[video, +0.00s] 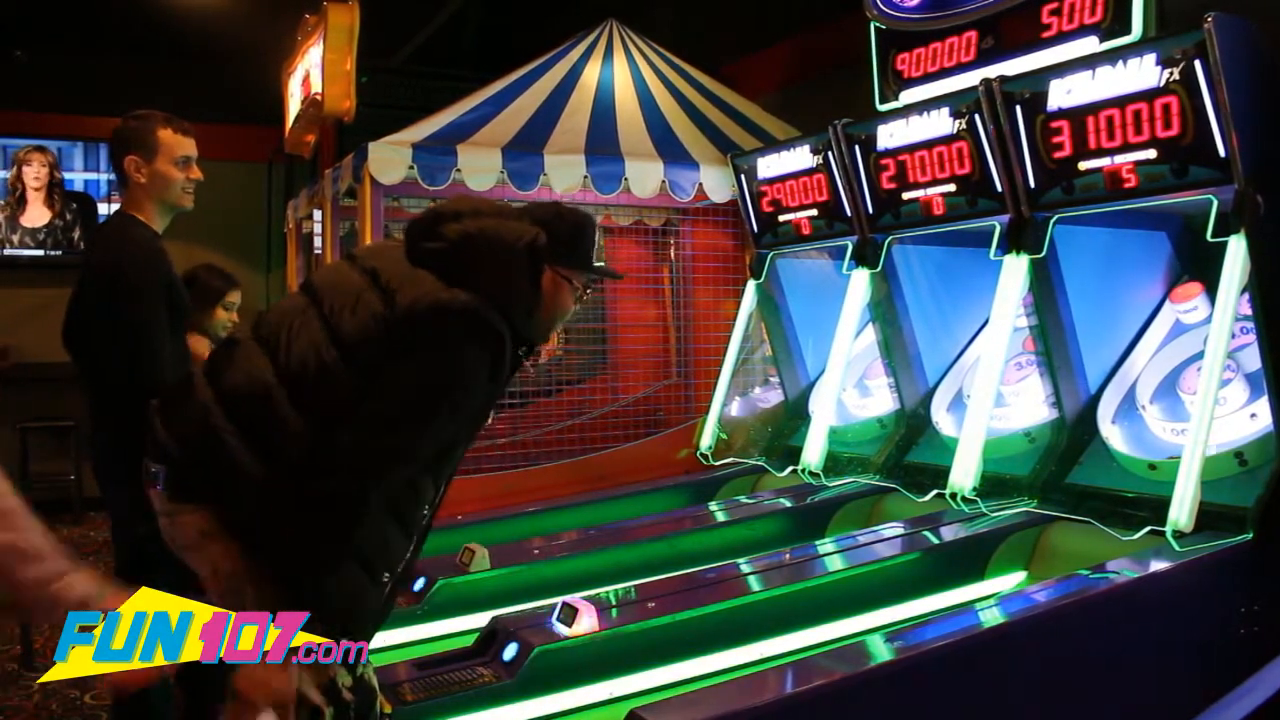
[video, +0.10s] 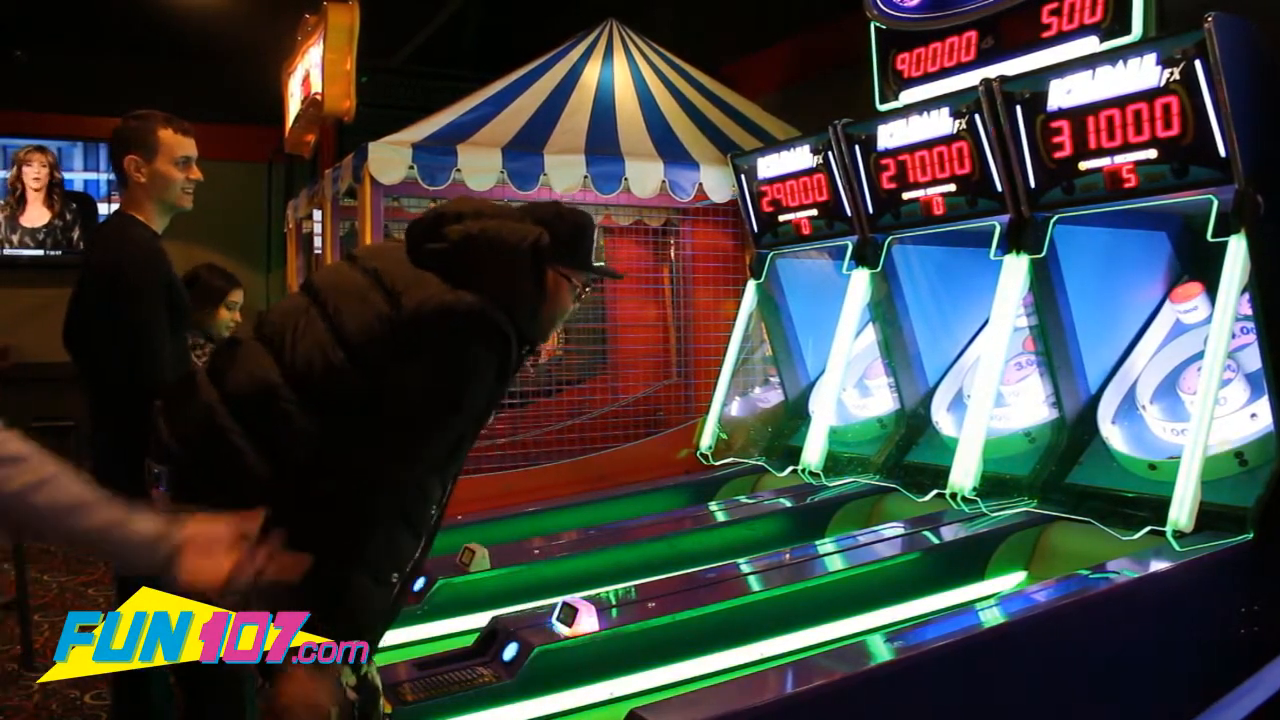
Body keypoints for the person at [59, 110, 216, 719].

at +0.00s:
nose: (196, 175)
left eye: (195, 163)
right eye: (183, 162)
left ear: (139, 171)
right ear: (136, 169)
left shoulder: (112, 240)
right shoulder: (138, 250)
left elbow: (77, 334)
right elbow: (163, 372)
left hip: (121, 448)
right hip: (146, 458)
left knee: (146, 583)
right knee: (168, 590)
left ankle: (144, 699)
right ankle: (167, 702)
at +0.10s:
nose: (196, 175)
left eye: (196, 163)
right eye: (184, 163)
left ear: (141, 171)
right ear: (138, 169)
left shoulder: (110, 240)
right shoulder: (138, 250)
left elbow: (77, 336)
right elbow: (163, 374)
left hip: (119, 444)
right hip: (146, 454)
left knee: (136, 593)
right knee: (148, 601)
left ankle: (135, 700)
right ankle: (145, 704)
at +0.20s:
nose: (195, 177)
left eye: (195, 165)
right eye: (183, 164)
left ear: (141, 173)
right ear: (137, 169)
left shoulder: (119, 242)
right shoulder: (133, 251)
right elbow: (161, 381)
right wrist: (222, 462)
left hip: (137, 454)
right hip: (147, 458)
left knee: (151, 601)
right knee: (168, 605)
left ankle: (146, 706)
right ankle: (165, 707)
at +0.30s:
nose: (196, 177)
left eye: (196, 166)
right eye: (185, 164)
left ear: (143, 173)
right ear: (138, 168)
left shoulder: (122, 241)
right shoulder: (133, 250)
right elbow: (156, 374)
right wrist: (238, 417)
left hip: (138, 459)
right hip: (147, 464)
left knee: (151, 599)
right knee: (167, 603)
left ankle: (147, 704)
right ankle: (160, 705)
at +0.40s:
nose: (197, 177)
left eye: (197, 166)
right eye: (185, 164)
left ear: (142, 173)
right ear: (138, 169)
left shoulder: (122, 241)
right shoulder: (133, 250)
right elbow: (153, 370)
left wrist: (231, 380)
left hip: (136, 456)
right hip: (146, 462)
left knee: (151, 592)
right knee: (165, 597)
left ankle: (148, 702)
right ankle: (159, 703)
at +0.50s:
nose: (196, 177)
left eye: (196, 166)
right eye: (184, 165)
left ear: (141, 173)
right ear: (138, 169)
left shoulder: (116, 239)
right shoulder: (133, 249)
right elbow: (142, 373)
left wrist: (206, 373)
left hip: (134, 453)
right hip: (145, 461)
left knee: (151, 591)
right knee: (165, 596)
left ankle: (147, 702)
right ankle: (157, 704)